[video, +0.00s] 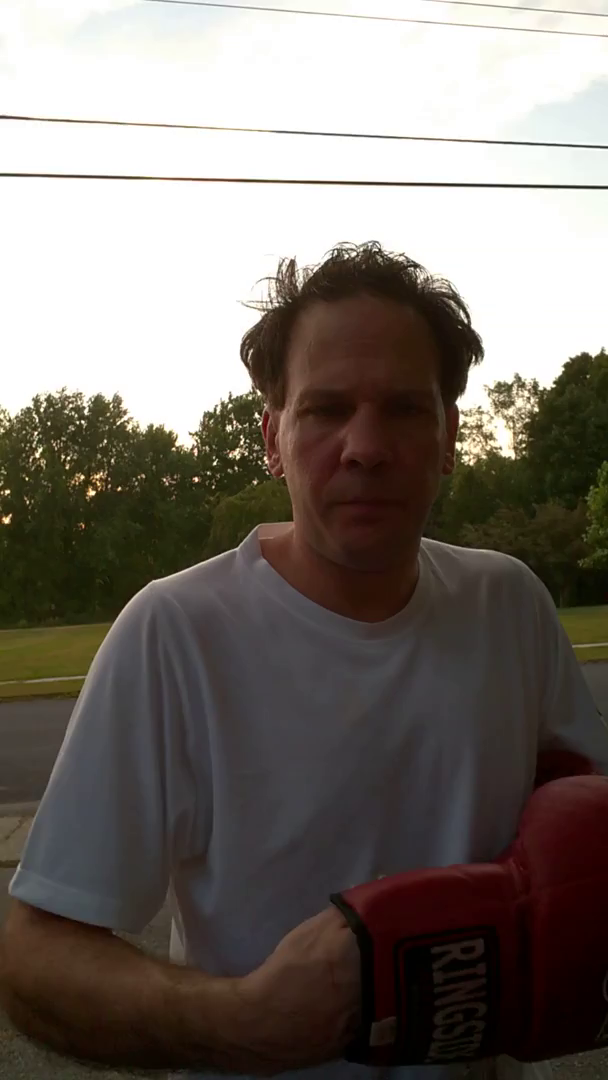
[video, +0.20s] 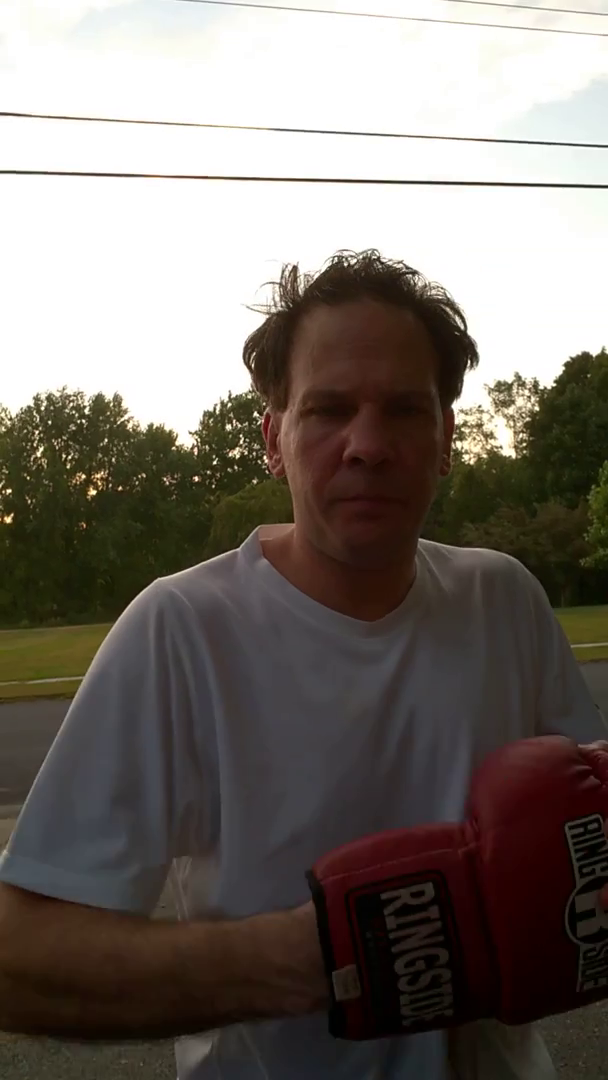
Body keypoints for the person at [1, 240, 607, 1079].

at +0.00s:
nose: (365, 448)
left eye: (403, 409)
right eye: (327, 410)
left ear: (448, 438)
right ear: (273, 438)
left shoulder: (508, 605)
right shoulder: (172, 633)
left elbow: (589, 805)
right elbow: (30, 952)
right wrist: (240, 1019)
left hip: (482, 1059)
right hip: (271, 1067)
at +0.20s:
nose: (368, 447)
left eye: (404, 409)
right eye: (330, 410)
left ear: (447, 441)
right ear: (275, 440)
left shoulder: (504, 601)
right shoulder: (179, 630)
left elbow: (591, 815)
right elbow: (21, 950)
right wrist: (317, 954)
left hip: (495, 1057)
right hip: (266, 1065)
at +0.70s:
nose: (348, 447)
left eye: (383, 409)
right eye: (312, 412)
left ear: (427, 437)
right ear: (260, 443)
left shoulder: (503, 596)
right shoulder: (174, 634)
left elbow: (594, 803)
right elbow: (25, 971)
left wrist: (596, 843)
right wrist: (349, 908)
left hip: (494, 1053)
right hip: (265, 1066)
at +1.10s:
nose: (343, 448)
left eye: (377, 407)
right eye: (304, 411)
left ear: (423, 431)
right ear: (251, 442)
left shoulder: (514, 590)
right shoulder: (169, 642)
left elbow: (597, 776)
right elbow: (38, 1002)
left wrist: (597, 840)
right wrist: (357, 946)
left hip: (518, 1052)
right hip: (278, 1067)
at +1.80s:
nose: (330, 459)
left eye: (369, 410)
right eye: (288, 419)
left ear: (429, 421)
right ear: (241, 444)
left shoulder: (541, 598)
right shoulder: (157, 665)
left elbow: (593, 869)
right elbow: (66, 948)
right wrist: (182, 1051)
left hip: (537, 1060)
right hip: (285, 1070)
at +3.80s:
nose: (269, 456)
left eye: (311, 402)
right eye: (228, 420)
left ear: (385, 416)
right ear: (199, 455)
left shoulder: (516, 594)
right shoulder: (133, 673)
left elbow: (603, 791)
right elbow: (79, 988)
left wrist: (599, 902)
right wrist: (141, 1058)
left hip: (531, 1060)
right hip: (279, 1073)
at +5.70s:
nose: (304, 468)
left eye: (340, 415)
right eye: (260, 430)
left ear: (400, 418)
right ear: (219, 451)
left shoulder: (514, 606)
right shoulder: (138, 652)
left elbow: (596, 807)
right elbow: (47, 975)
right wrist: (99, 901)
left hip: (514, 1064)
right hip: (253, 1066)